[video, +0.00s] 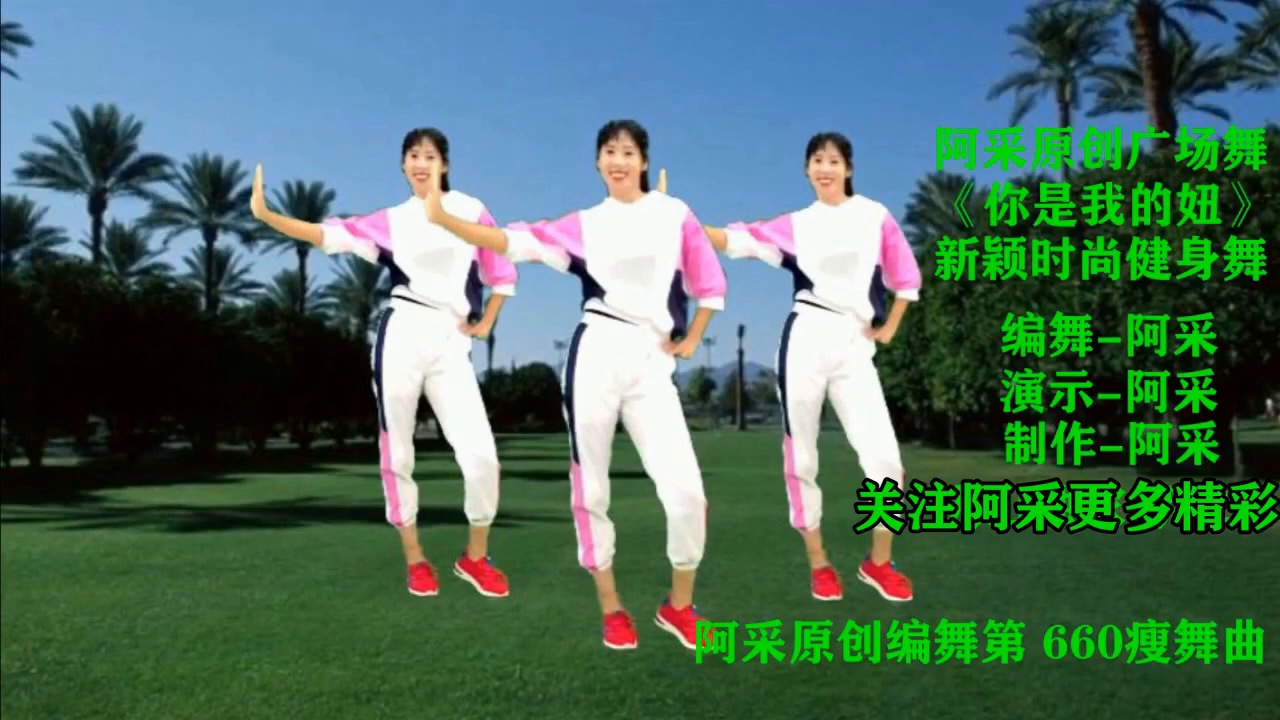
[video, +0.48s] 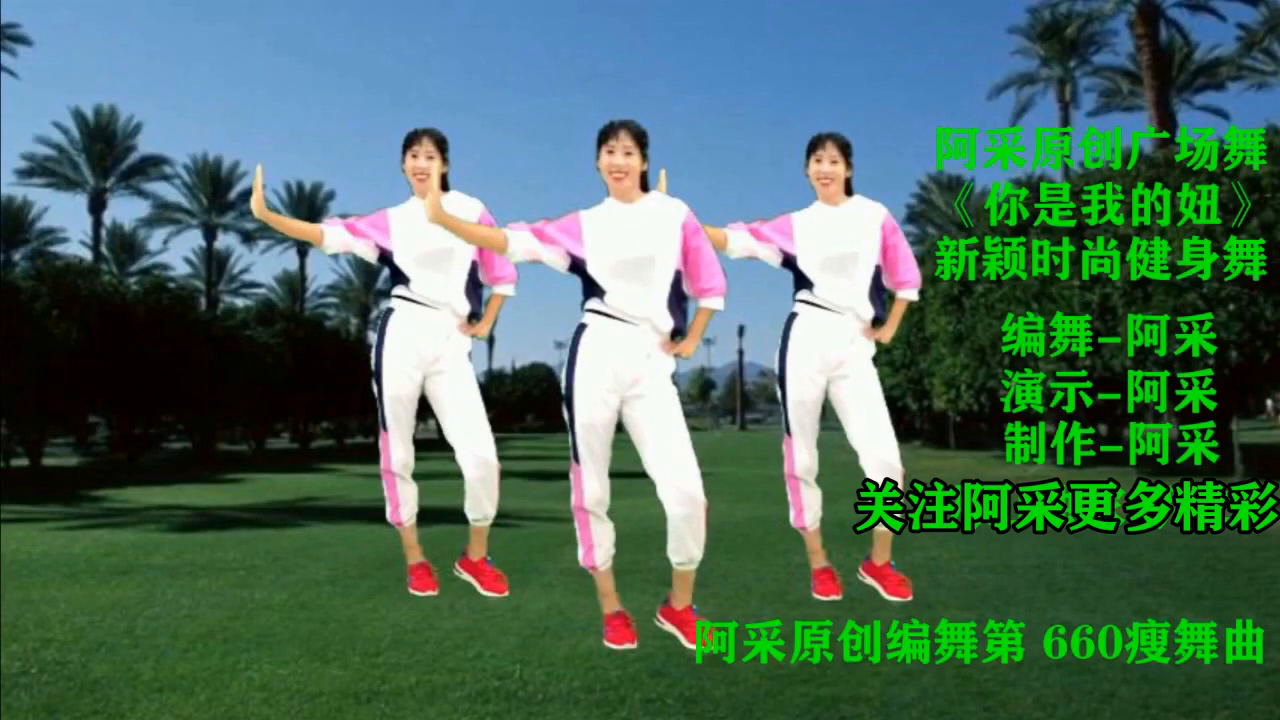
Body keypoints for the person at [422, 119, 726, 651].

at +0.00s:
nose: (618, 160)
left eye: (628, 152)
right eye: (609, 152)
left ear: (644, 162)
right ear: (598, 163)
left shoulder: (675, 216)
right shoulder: (586, 223)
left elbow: (711, 284)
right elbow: (510, 241)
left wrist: (689, 342)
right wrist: (442, 218)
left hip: (654, 353)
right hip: (598, 348)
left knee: (686, 492)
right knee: (593, 488)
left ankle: (679, 607)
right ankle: (612, 611)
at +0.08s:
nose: (618, 160)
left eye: (627, 152)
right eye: (609, 152)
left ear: (644, 162)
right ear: (598, 163)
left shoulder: (675, 215)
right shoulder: (586, 223)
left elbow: (711, 284)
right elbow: (510, 241)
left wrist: (689, 342)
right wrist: (443, 218)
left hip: (653, 353)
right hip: (598, 349)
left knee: (686, 492)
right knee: (593, 489)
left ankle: (679, 607)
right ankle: (612, 611)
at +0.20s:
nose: (618, 160)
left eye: (628, 152)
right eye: (609, 152)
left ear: (644, 162)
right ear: (598, 163)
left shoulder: (675, 216)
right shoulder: (586, 223)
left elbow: (711, 284)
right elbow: (510, 241)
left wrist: (689, 342)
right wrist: (442, 218)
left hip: (654, 353)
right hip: (598, 348)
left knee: (686, 492)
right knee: (593, 488)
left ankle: (679, 607)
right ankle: (612, 610)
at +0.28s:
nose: (618, 160)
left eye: (628, 152)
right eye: (609, 152)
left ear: (644, 162)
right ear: (598, 163)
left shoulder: (675, 216)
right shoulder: (586, 223)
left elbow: (711, 284)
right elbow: (510, 241)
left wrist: (689, 342)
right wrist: (442, 218)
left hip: (654, 353)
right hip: (598, 348)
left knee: (686, 492)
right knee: (593, 488)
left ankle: (679, 607)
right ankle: (612, 610)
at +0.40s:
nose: (618, 160)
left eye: (628, 152)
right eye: (609, 152)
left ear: (644, 162)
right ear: (598, 163)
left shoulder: (675, 216)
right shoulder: (586, 223)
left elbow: (711, 284)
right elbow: (510, 241)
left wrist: (689, 342)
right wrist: (442, 218)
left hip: (654, 353)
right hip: (598, 348)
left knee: (686, 492)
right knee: (593, 488)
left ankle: (679, 607)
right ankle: (612, 611)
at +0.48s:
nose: (618, 160)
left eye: (628, 152)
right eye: (609, 152)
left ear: (644, 162)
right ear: (598, 163)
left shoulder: (675, 216)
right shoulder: (586, 223)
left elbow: (711, 284)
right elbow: (510, 241)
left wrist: (689, 342)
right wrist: (442, 218)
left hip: (654, 353)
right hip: (598, 348)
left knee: (686, 492)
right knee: (593, 488)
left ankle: (679, 607)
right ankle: (612, 610)